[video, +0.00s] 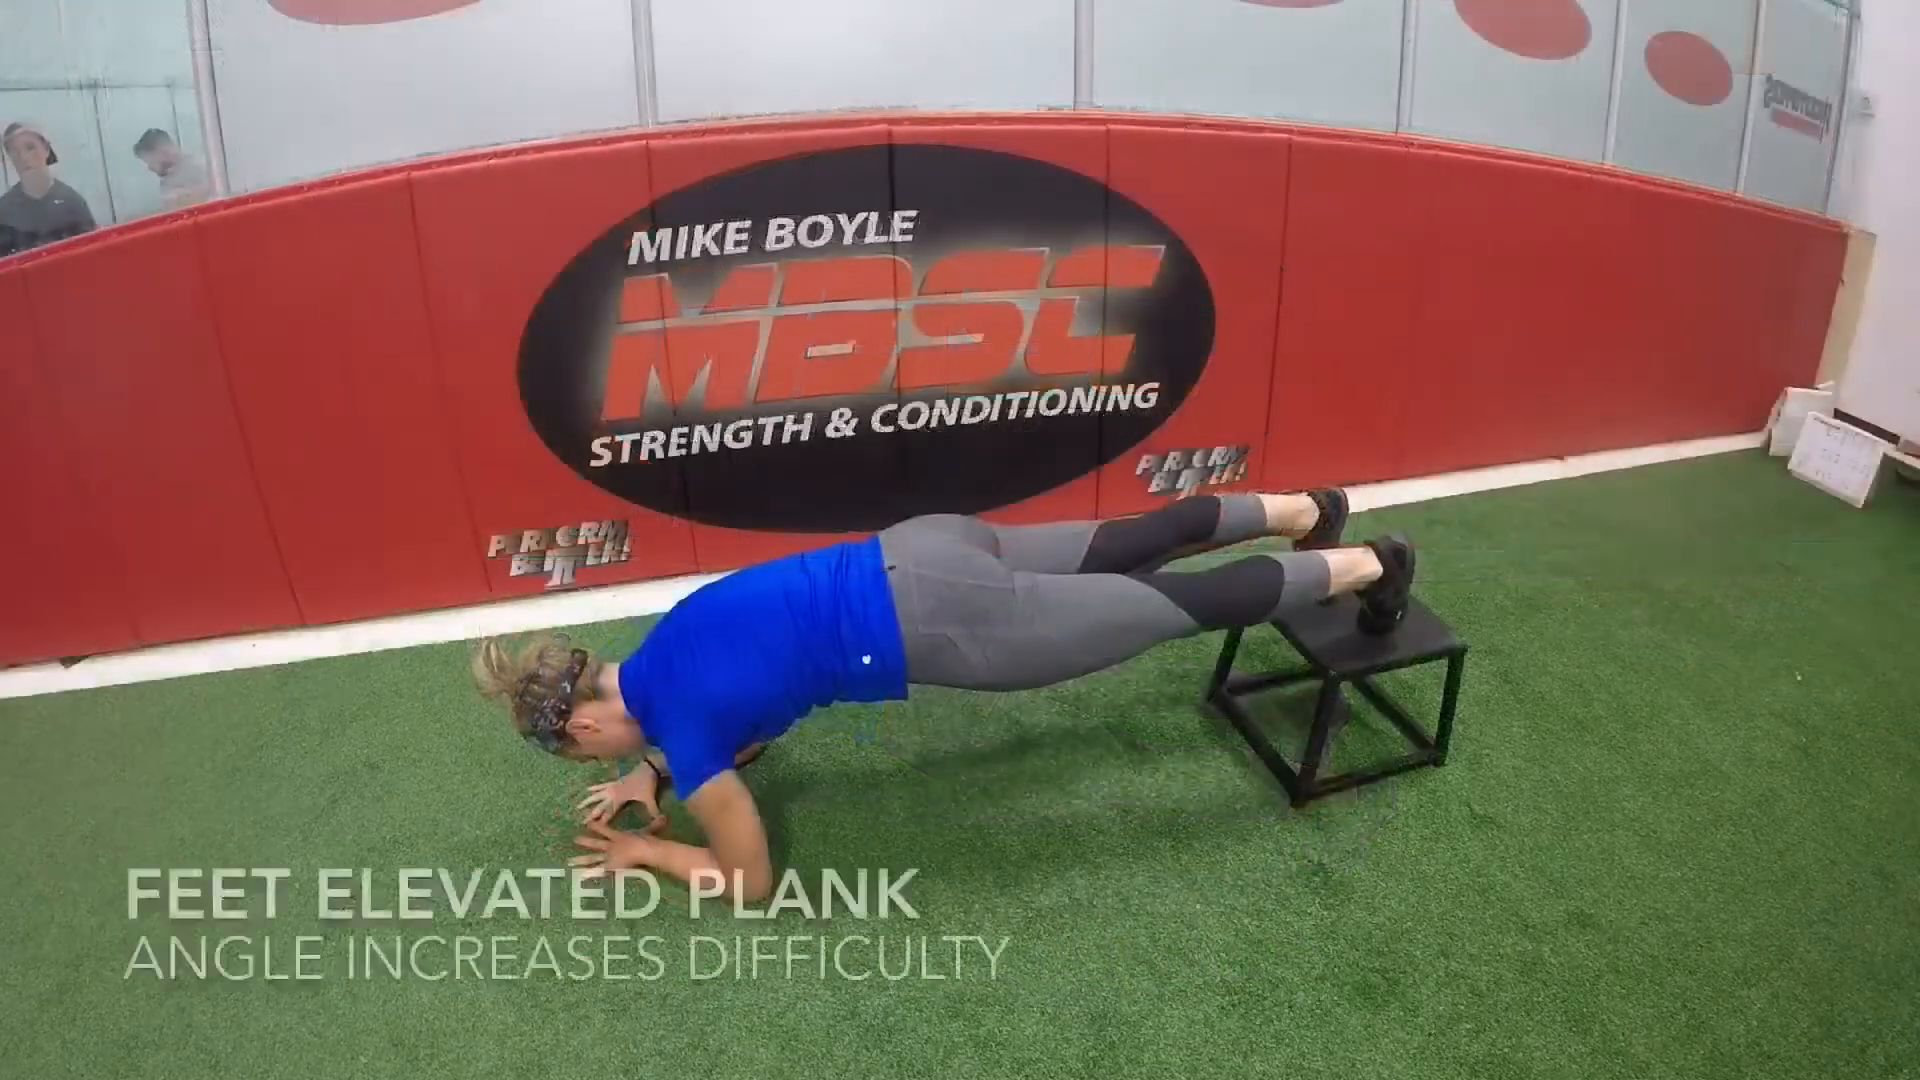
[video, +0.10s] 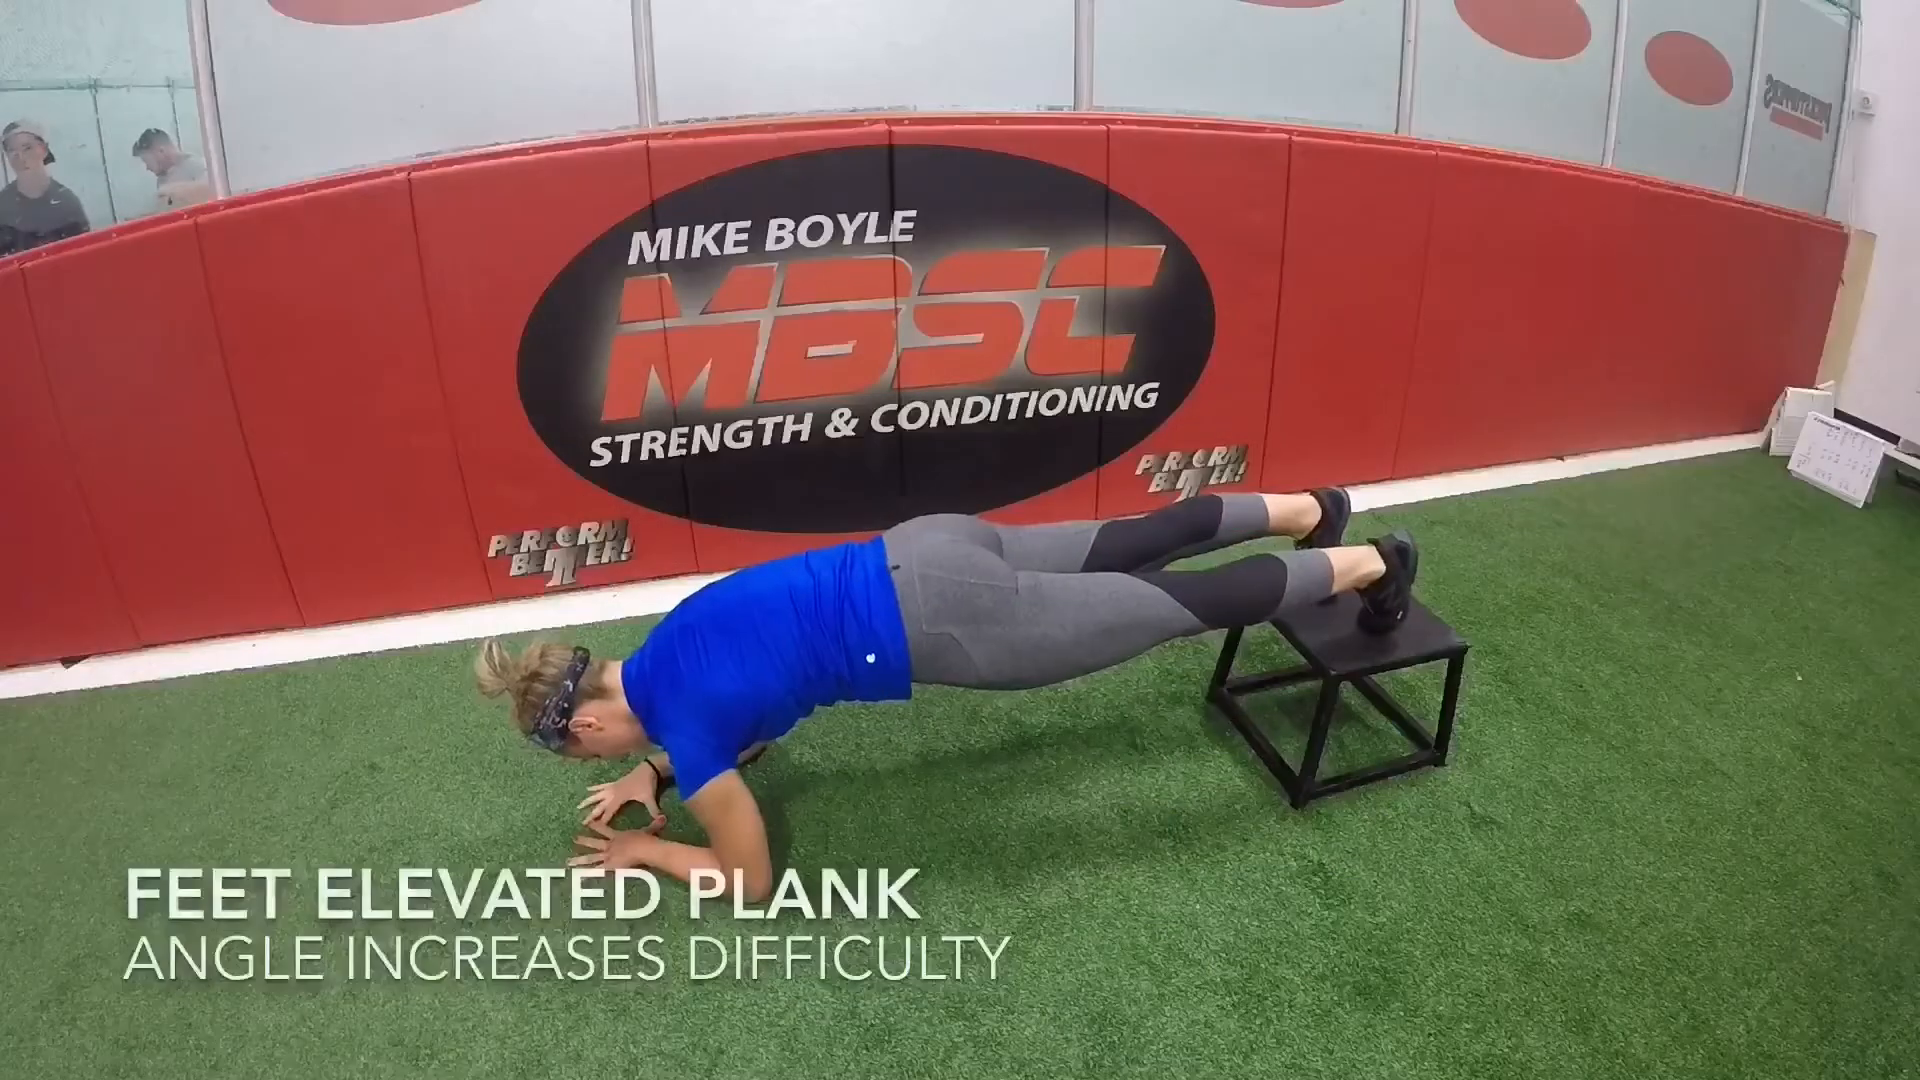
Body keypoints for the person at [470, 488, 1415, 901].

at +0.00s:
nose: (595, 754)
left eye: (579, 743)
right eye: (583, 745)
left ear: (592, 711)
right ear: (594, 672)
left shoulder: (683, 722)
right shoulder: (667, 633)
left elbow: (745, 881)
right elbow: (749, 747)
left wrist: (639, 855)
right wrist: (659, 802)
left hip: (932, 630)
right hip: (913, 537)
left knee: (1165, 608)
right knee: (1107, 545)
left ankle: (1337, 569)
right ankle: (1265, 508)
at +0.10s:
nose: (599, 754)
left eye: (583, 744)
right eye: (586, 747)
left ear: (595, 709)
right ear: (596, 672)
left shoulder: (685, 724)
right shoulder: (667, 634)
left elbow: (747, 879)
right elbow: (746, 738)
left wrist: (644, 850)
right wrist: (658, 792)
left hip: (934, 628)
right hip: (916, 538)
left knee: (1167, 609)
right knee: (1111, 545)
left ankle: (1346, 568)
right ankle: (1270, 508)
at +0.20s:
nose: (604, 753)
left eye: (587, 743)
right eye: (591, 745)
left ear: (599, 710)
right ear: (599, 672)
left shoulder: (690, 722)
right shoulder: (672, 631)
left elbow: (747, 878)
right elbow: (749, 740)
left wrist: (645, 853)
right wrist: (660, 795)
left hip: (941, 628)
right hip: (921, 539)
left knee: (1173, 608)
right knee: (1118, 544)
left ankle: (1349, 564)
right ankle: (1273, 507)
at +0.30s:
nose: (607, 753)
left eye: (591, 744)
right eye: (595, 746)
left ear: (601, 710)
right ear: (601, 673)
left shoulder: (692, 721)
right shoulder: (674, 630)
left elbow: (747, 878)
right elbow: (748, 741)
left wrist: (646, 854)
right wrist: (661, 795)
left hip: (941, 626)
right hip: (924, 540)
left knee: (1171, 608)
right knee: (1120, 544)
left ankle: (1344, 563)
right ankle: (1274, 508)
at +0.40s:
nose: (607, 754)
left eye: (592, 744)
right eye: (595, 746)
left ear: (602, 711)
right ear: (601, 674)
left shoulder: (692, 722)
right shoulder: (673, 632)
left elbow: (747, 878)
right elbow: (742, 743)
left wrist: (643, 854)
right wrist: (658, 796)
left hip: (940, 623)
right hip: (923, 539)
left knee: (1171, 605)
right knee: (1114, 544)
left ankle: (1340, 563)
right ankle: (1270, 507)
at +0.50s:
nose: (606, 753)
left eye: (590, 743)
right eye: (594, 746)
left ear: (602, 711)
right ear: (601, 674)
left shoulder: (692, 722)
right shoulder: (672, 633)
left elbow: (747, 879)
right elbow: (743, 744)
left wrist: (645, 854)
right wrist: (658, 798)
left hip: (939, 623)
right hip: (923, 538)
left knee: (1171, 605)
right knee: (1114, 543)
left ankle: (1344, 562)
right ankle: (1270, 507)